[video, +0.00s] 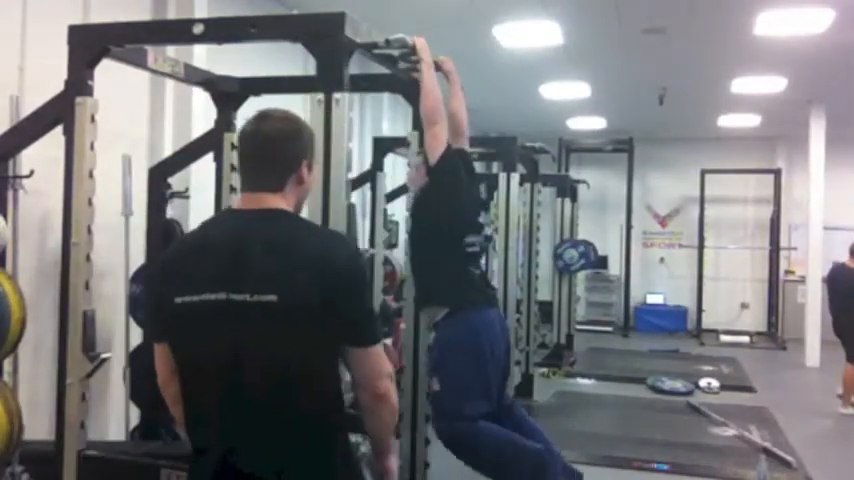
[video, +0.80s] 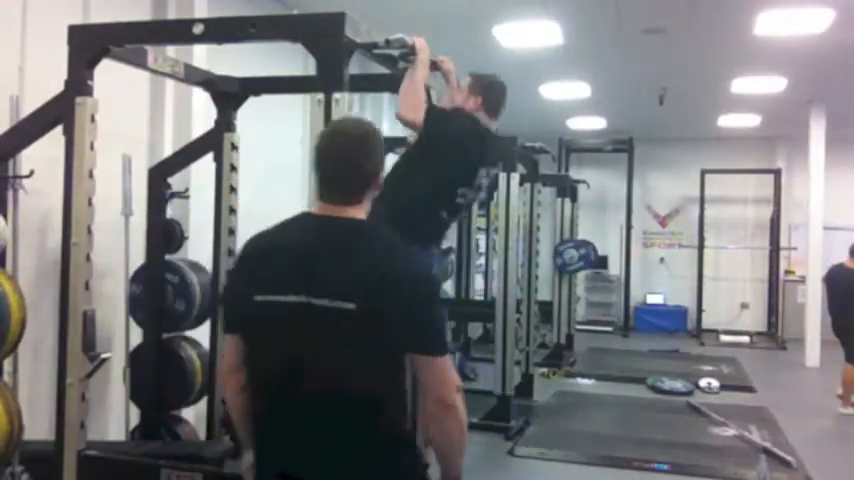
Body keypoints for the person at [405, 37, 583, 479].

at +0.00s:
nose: (410, 172)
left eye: (415, 166)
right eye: (412, 167)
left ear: (429, 168)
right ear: (439, 165)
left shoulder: (440, 186)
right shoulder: (463, 182)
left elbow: (432, 119)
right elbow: (457, 128)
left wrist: (424, 62)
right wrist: (451, 76)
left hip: (461, 322)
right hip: (487, 317)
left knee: (456, 426)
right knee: (498, 407)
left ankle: (548, 471)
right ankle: (560, 471)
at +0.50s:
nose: (456, 127)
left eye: (463, 128)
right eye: (461, 127)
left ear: (470, 144)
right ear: (482, 153)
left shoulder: (450, 162)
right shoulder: (476, 178)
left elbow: (422, 116)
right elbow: (460, 127)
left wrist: (422, 62)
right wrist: (451, 78)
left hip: (419, 285)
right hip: (448, 283)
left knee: (425, 381)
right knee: (450, 370)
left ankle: (506, 444)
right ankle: (503, 436)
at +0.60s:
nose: (461, 120)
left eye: (465, 118)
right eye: (463, 118)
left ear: (473, 130)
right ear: (486, 139)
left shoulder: (450, 151)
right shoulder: (477, 170)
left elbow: (414, 116)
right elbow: (453, 129)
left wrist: (422, 62)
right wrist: (452, 82)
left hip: (414, 260)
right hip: (434, 259)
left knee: (412, 342)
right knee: (416, 338)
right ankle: (466, 397)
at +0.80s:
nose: (459, 97)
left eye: (463, 92)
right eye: (460, 91)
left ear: (474, 101)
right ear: (492, 109)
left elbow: (409, 111)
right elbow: (455, 120)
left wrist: (421, 57)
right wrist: (451, 81)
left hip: (390, 242)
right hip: (425, 247)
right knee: (432, 347)